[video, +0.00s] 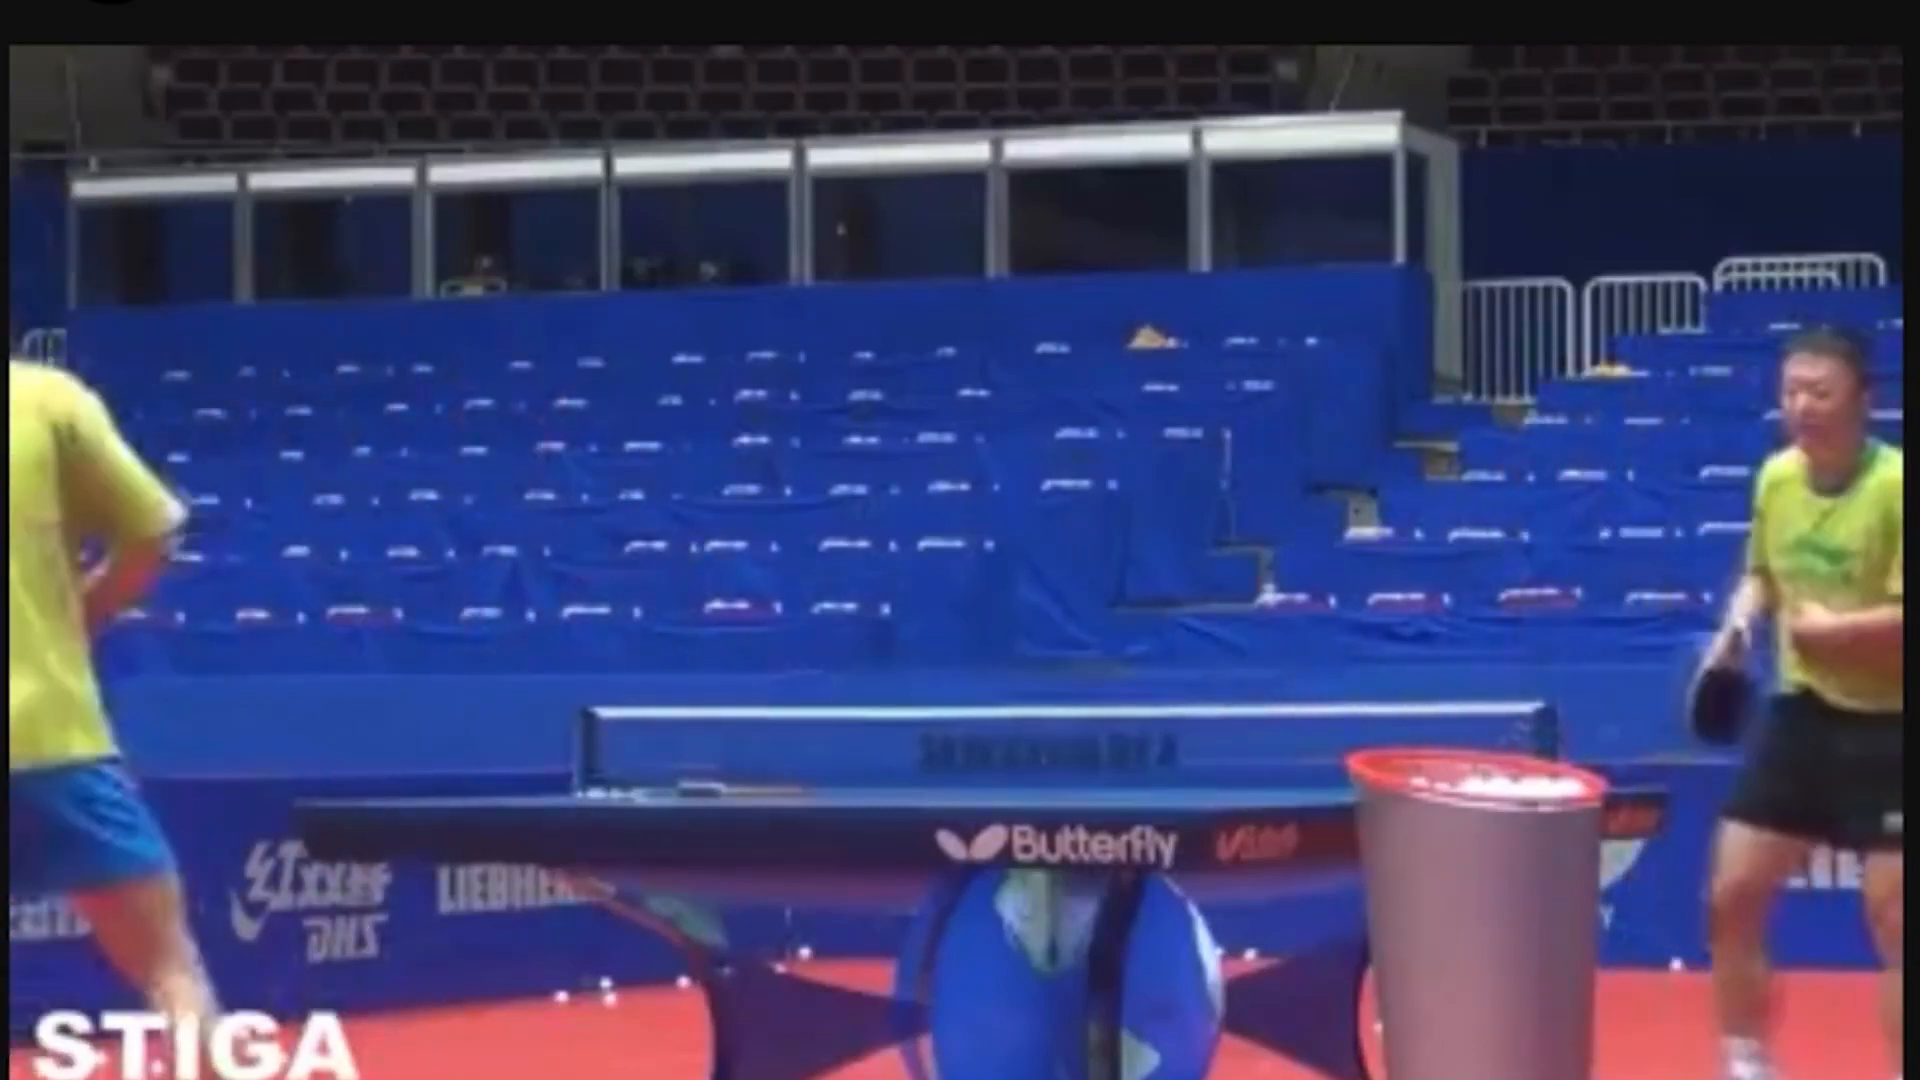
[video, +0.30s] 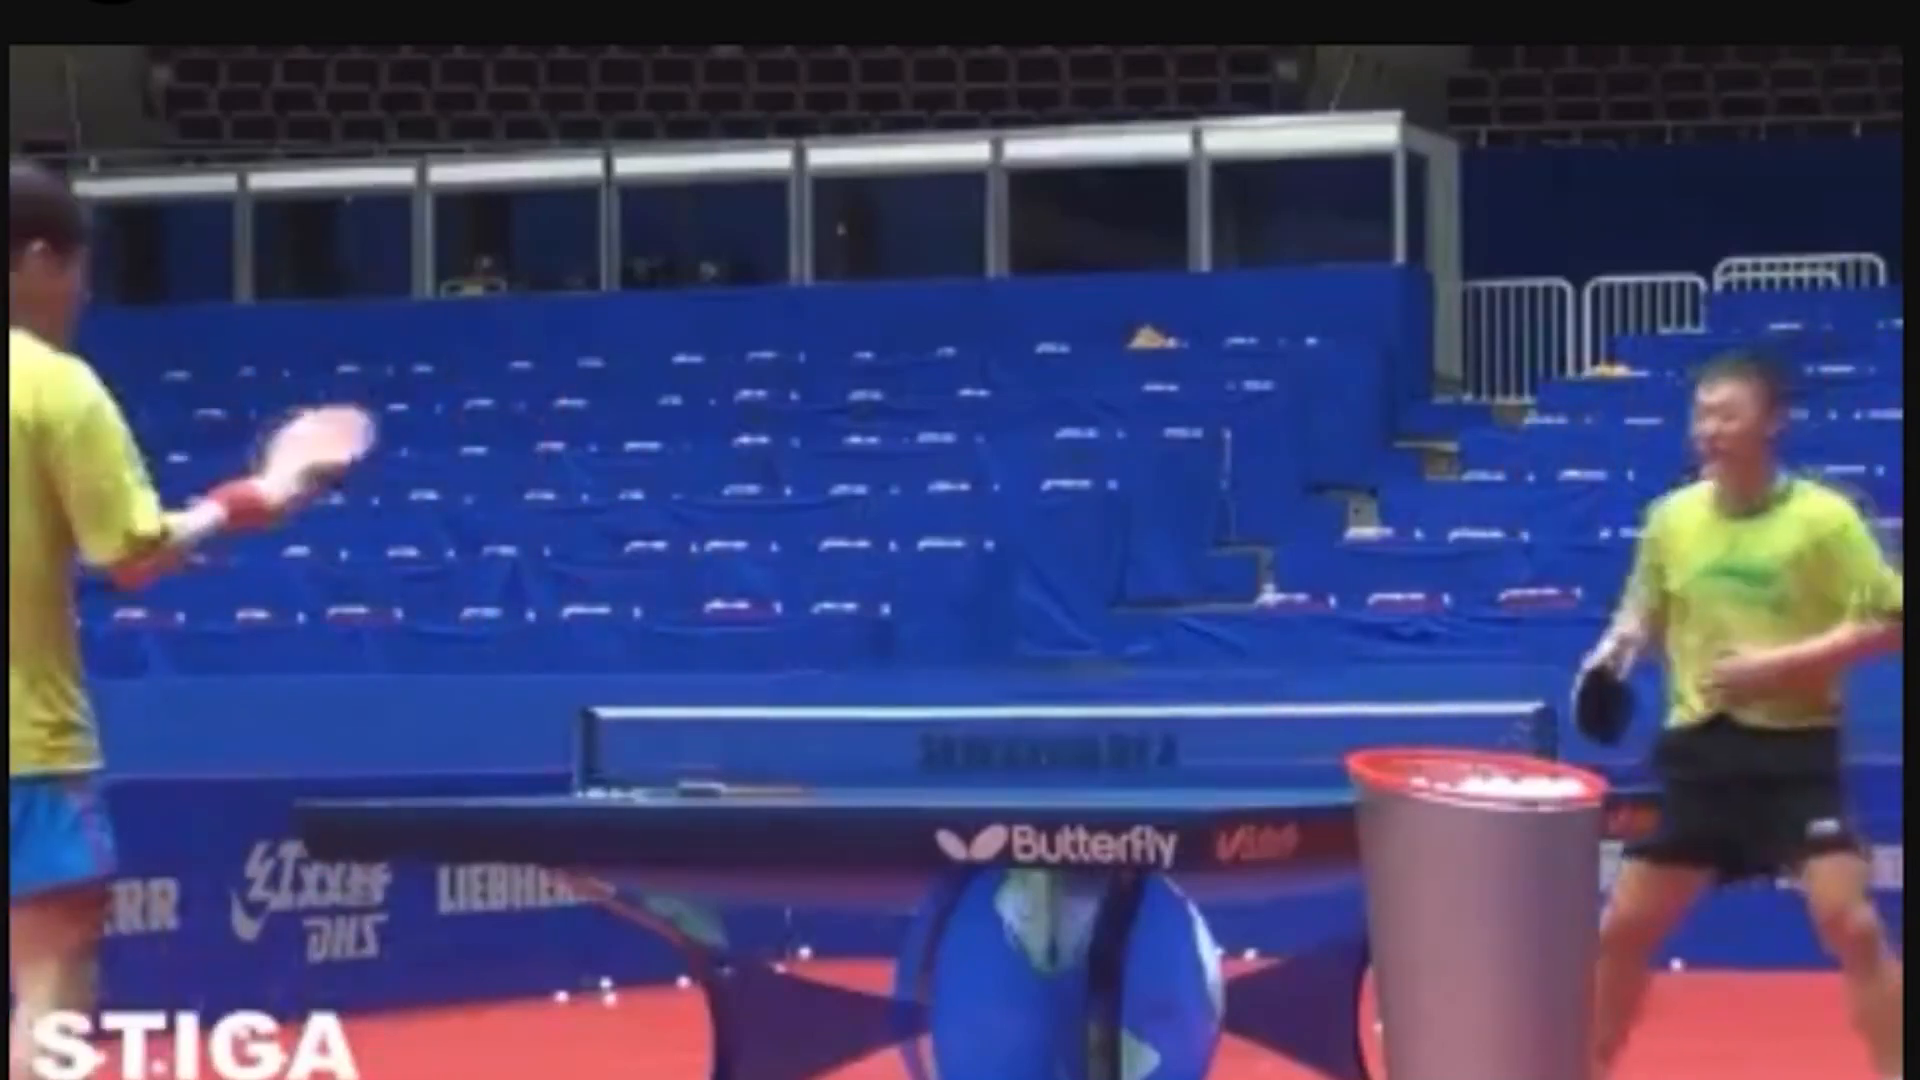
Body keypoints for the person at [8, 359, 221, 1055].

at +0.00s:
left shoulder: (47, 396)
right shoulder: (43, 397)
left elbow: (152, 524)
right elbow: (153, 525)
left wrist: (76, 614)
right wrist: (74, 615)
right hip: (42, 720)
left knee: (166, 964)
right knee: (166, 964)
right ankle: (209, 1069)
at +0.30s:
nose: (80, 290)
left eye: (79, 267)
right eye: (72, 266)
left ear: (25, 263)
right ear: (32, 261)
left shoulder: (43, 387)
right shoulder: (51, 387)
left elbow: (119, 547)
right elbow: (129, 557)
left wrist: (226, 504)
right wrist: (247, 503)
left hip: (32, 733)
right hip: (32, 739)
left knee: (48, 971)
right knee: (52, 978)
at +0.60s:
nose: (146, 296)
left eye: (151, 274)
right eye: (144, 269)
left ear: (57, 258)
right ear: (96, 256)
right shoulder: (85, 401)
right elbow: (174, 558)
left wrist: (201, 508)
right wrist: (232, 504)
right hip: (39, 759)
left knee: (38, 1002)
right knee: (45, 1009)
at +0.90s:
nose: (174, 298)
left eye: (174, 274)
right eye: (170, 272)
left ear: (94, 269)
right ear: (128, 271)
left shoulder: (37, 374)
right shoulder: (68, 390)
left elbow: (87, 560)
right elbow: (86, 579)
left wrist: (213, 587)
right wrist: (225, 597)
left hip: (25, 753)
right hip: (48, 760)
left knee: (36, 990)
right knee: (125, 973)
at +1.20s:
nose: (209, 328)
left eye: (208, 306)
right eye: (200, 305)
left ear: (146, 308)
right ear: (153, 306)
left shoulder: (160, 419)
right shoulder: (52, 435)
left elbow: (216, 530)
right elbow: (26, 623)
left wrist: (324, 578)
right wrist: (157, 696)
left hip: (99, 756)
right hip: (48, 764)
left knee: (86, 996)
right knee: (143, 984)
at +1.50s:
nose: (272, 391)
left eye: (271, 370)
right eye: (266, 368)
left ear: (213, 376)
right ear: (212, 375)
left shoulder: (249, 460)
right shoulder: (72, 517)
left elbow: (350, 501)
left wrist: (516, 497)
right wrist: (42, 720)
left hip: (166, 790)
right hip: (82, 794)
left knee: (159, 1026)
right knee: (252, 992)